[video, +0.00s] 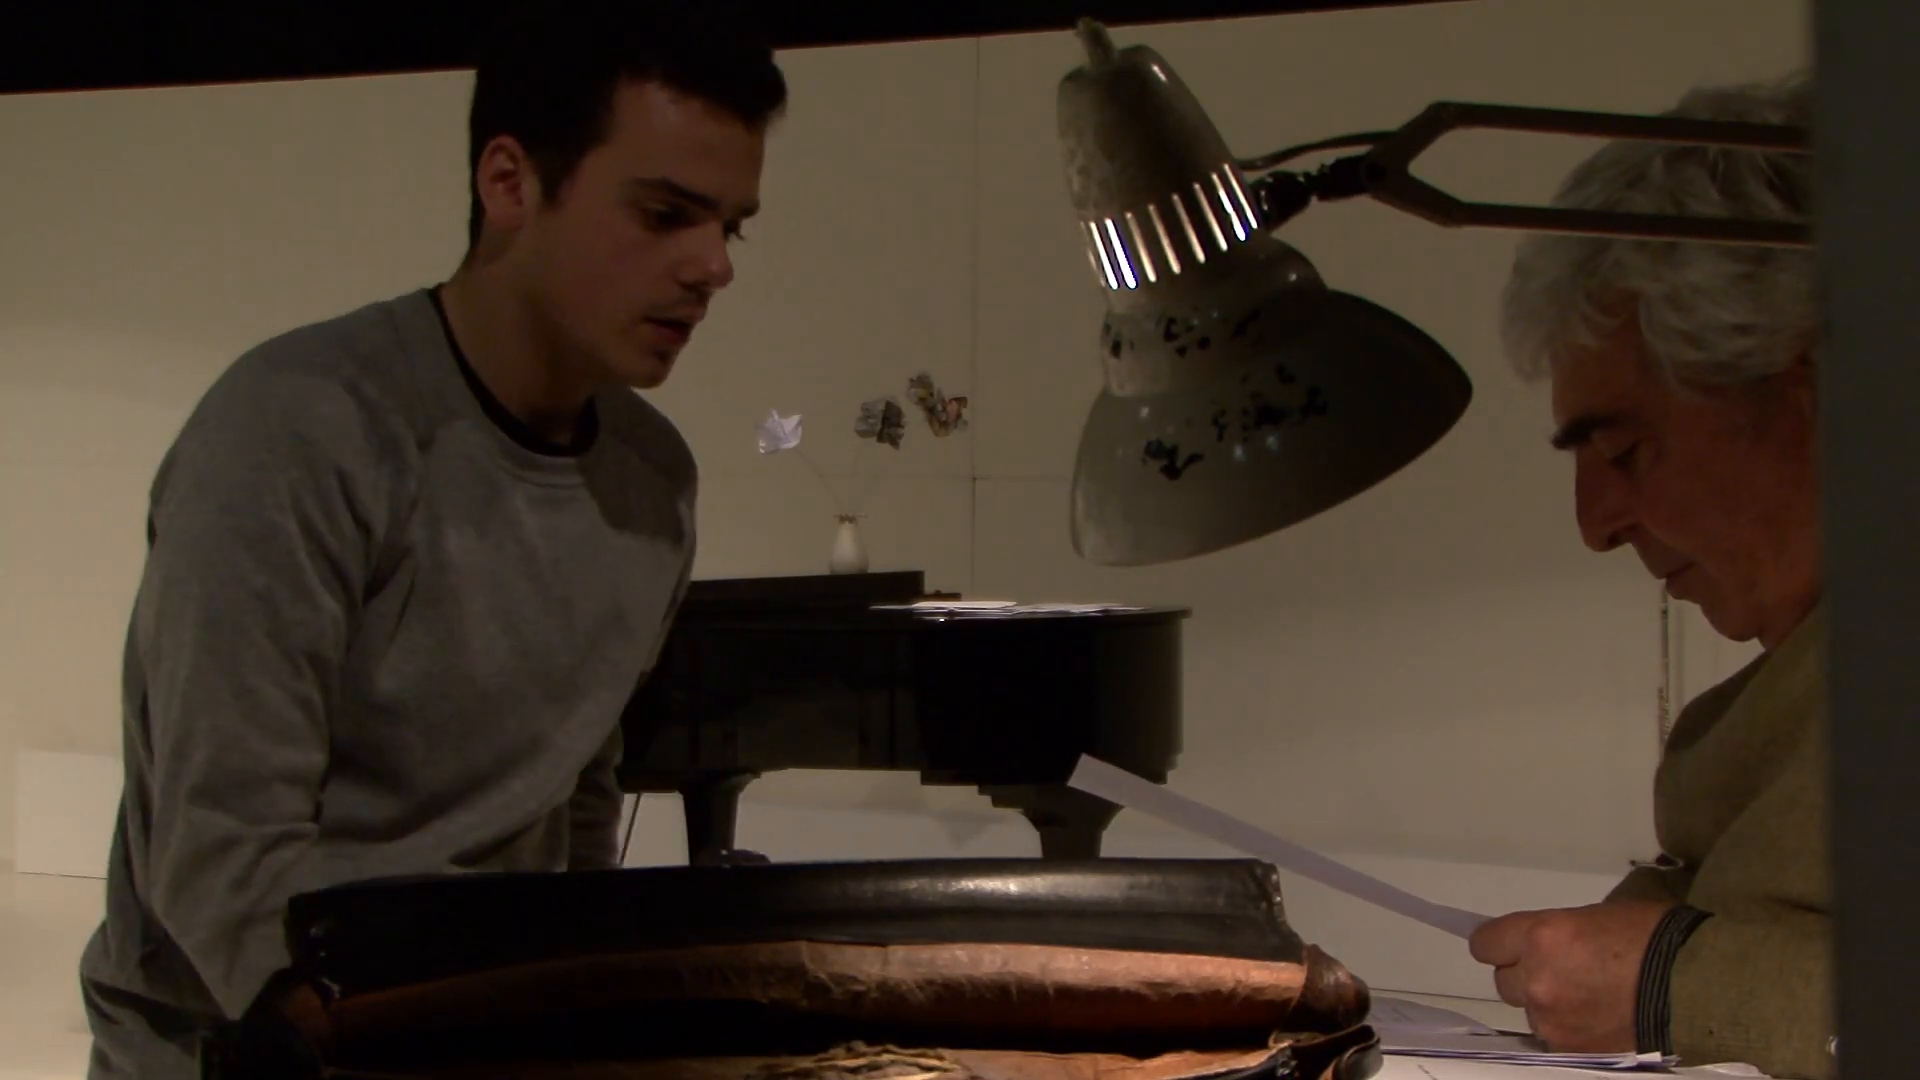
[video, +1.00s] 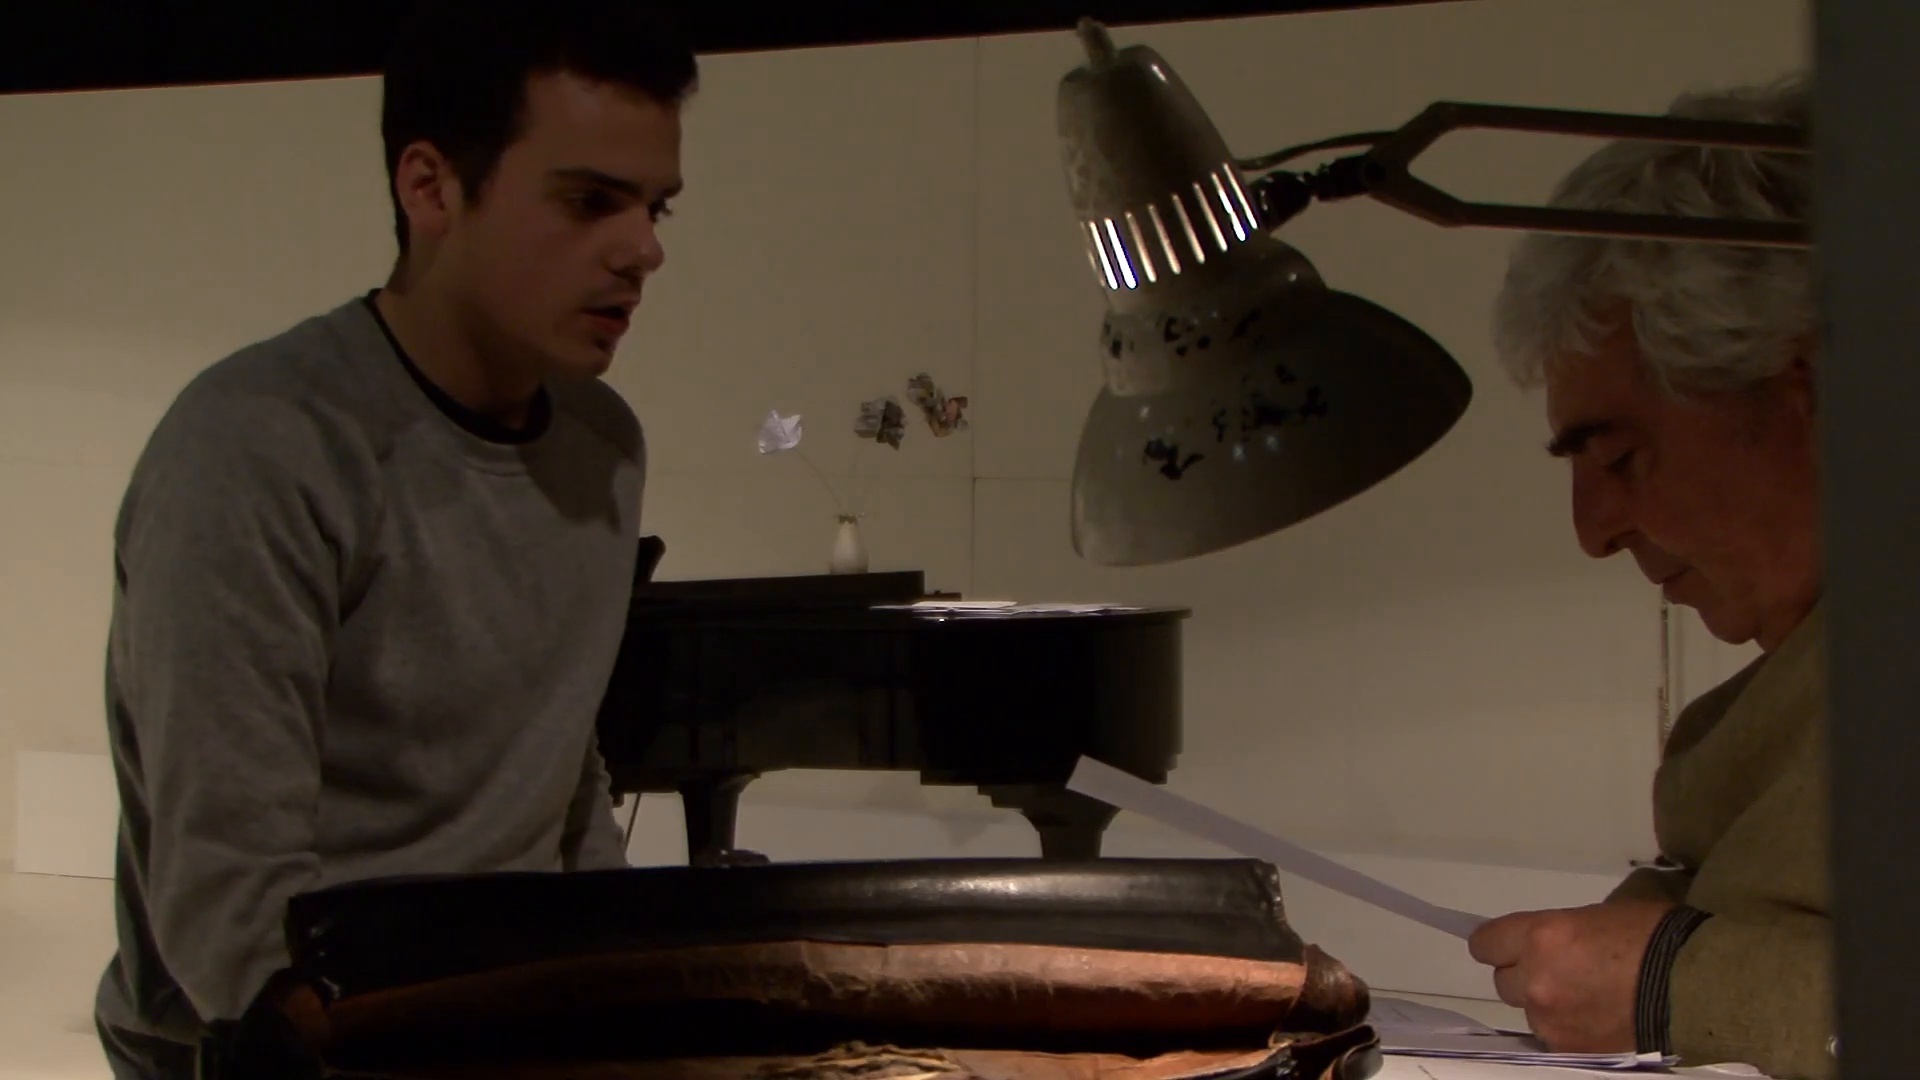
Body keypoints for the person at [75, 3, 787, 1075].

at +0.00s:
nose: (713, 271)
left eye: (730, 229)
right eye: (666, 214)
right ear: (509, 186)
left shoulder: (652, 475)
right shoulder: (292, 426)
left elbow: (580, 801)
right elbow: (226, 861)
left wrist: (579, 1016)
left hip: (488, 1024)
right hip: (210, 1033)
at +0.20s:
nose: (685, 259)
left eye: (700, 214)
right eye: (634, 203)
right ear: (477, 186)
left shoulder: (627, 447)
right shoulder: (278, 430)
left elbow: (577, 773)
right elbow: (239, 887)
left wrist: (597, 994)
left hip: (506, 1005)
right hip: (239, 1034)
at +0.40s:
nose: (656, 242)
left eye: (665, 196)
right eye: (600, 189)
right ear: (439, 185)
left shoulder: (608, 430)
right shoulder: (259, 441)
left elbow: (551, 768)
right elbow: (230, 903)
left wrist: (578, 977)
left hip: (518, 986)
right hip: (271, 1022)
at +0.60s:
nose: (649, 251)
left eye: (660, 206)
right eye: (594, 198)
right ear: (433, 191)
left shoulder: (602, 442)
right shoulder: (251, 443)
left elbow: (558, 772)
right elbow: (228, 912)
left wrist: (617, 980)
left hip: (527, 993)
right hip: (272, 1026)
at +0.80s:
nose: (651, 257)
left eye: (662, 211)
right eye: (596, 203)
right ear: (436, 193)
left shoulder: (602, 444)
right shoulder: (251, 444)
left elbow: (561, 777)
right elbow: (228, 917)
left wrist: (628, 984)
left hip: (516, 998)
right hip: (266, 1029)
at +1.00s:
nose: (645, 253)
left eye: (657, 208)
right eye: (591, 200)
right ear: (430, 190)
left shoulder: (599, 443)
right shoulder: (250, 447)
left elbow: (561, 778)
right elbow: (230, 922)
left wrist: (630, 983)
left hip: (517, 1001)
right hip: (267, 1033)